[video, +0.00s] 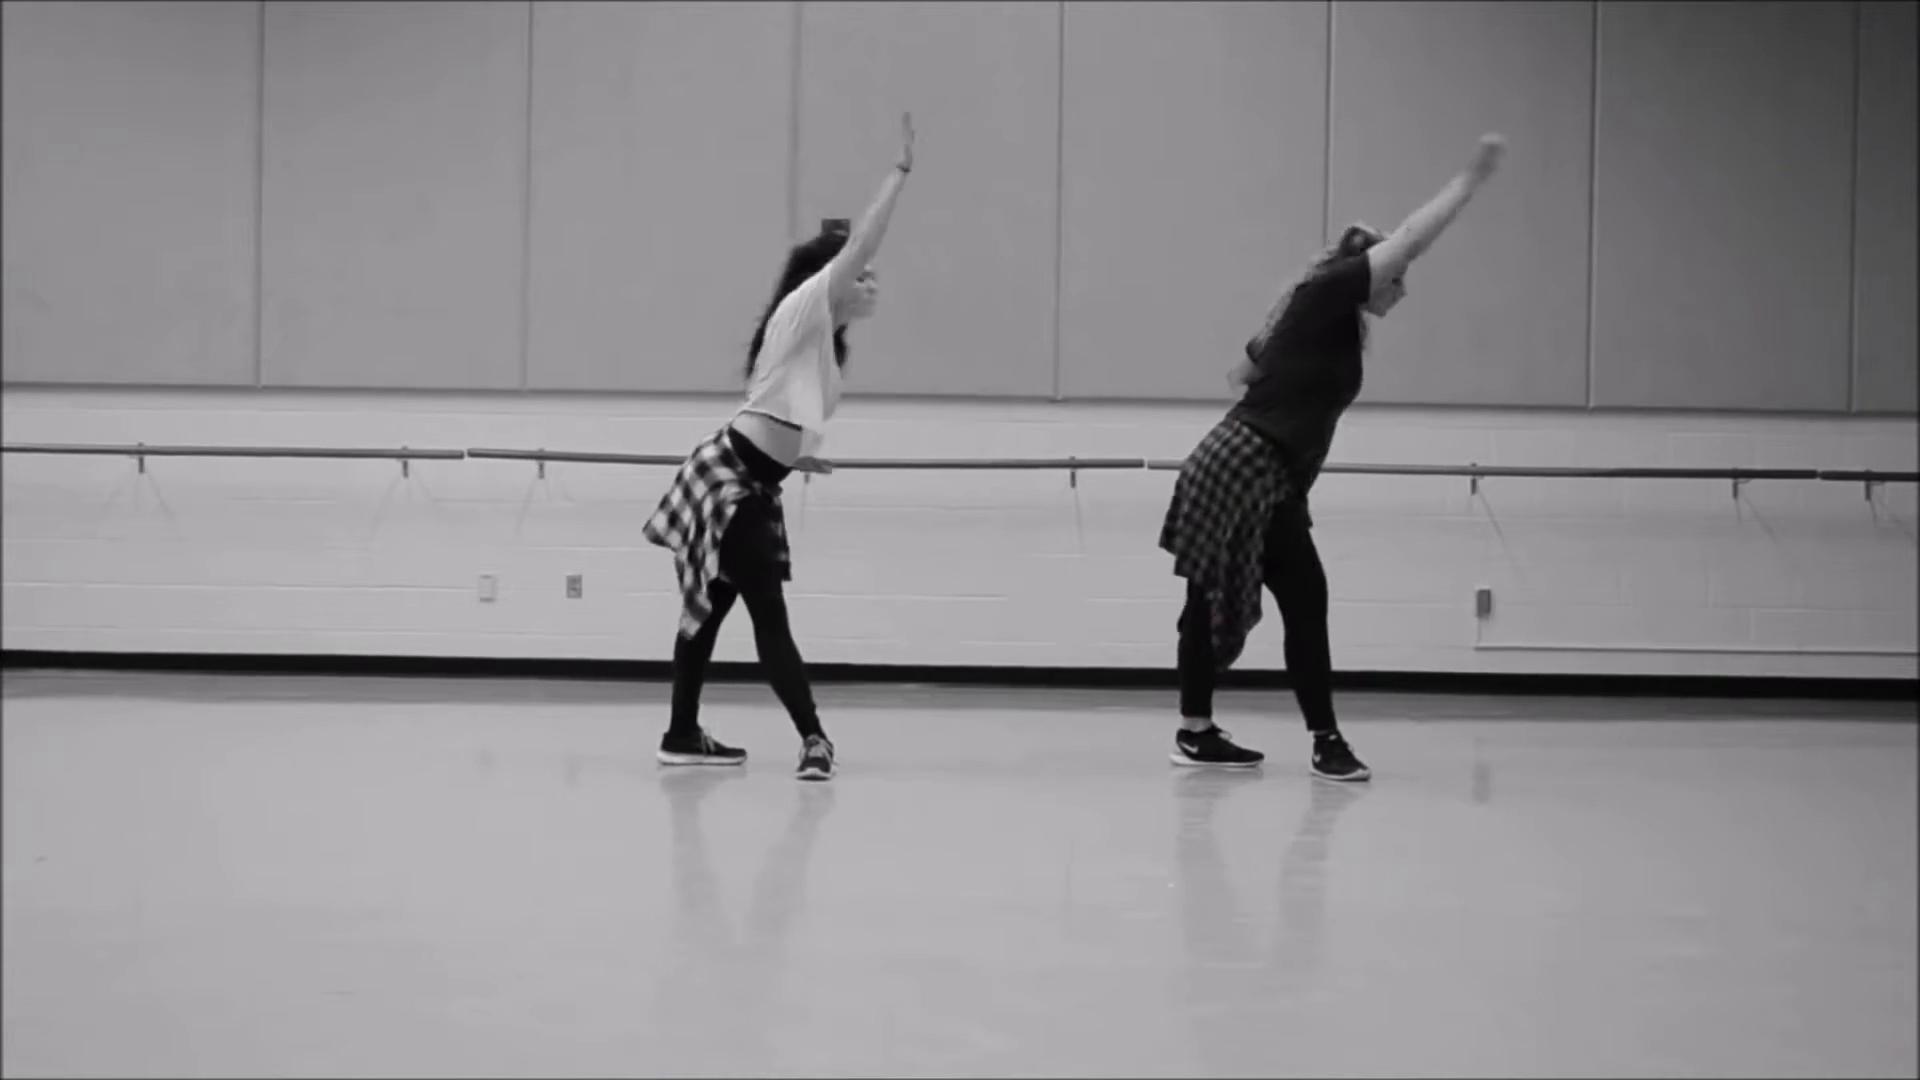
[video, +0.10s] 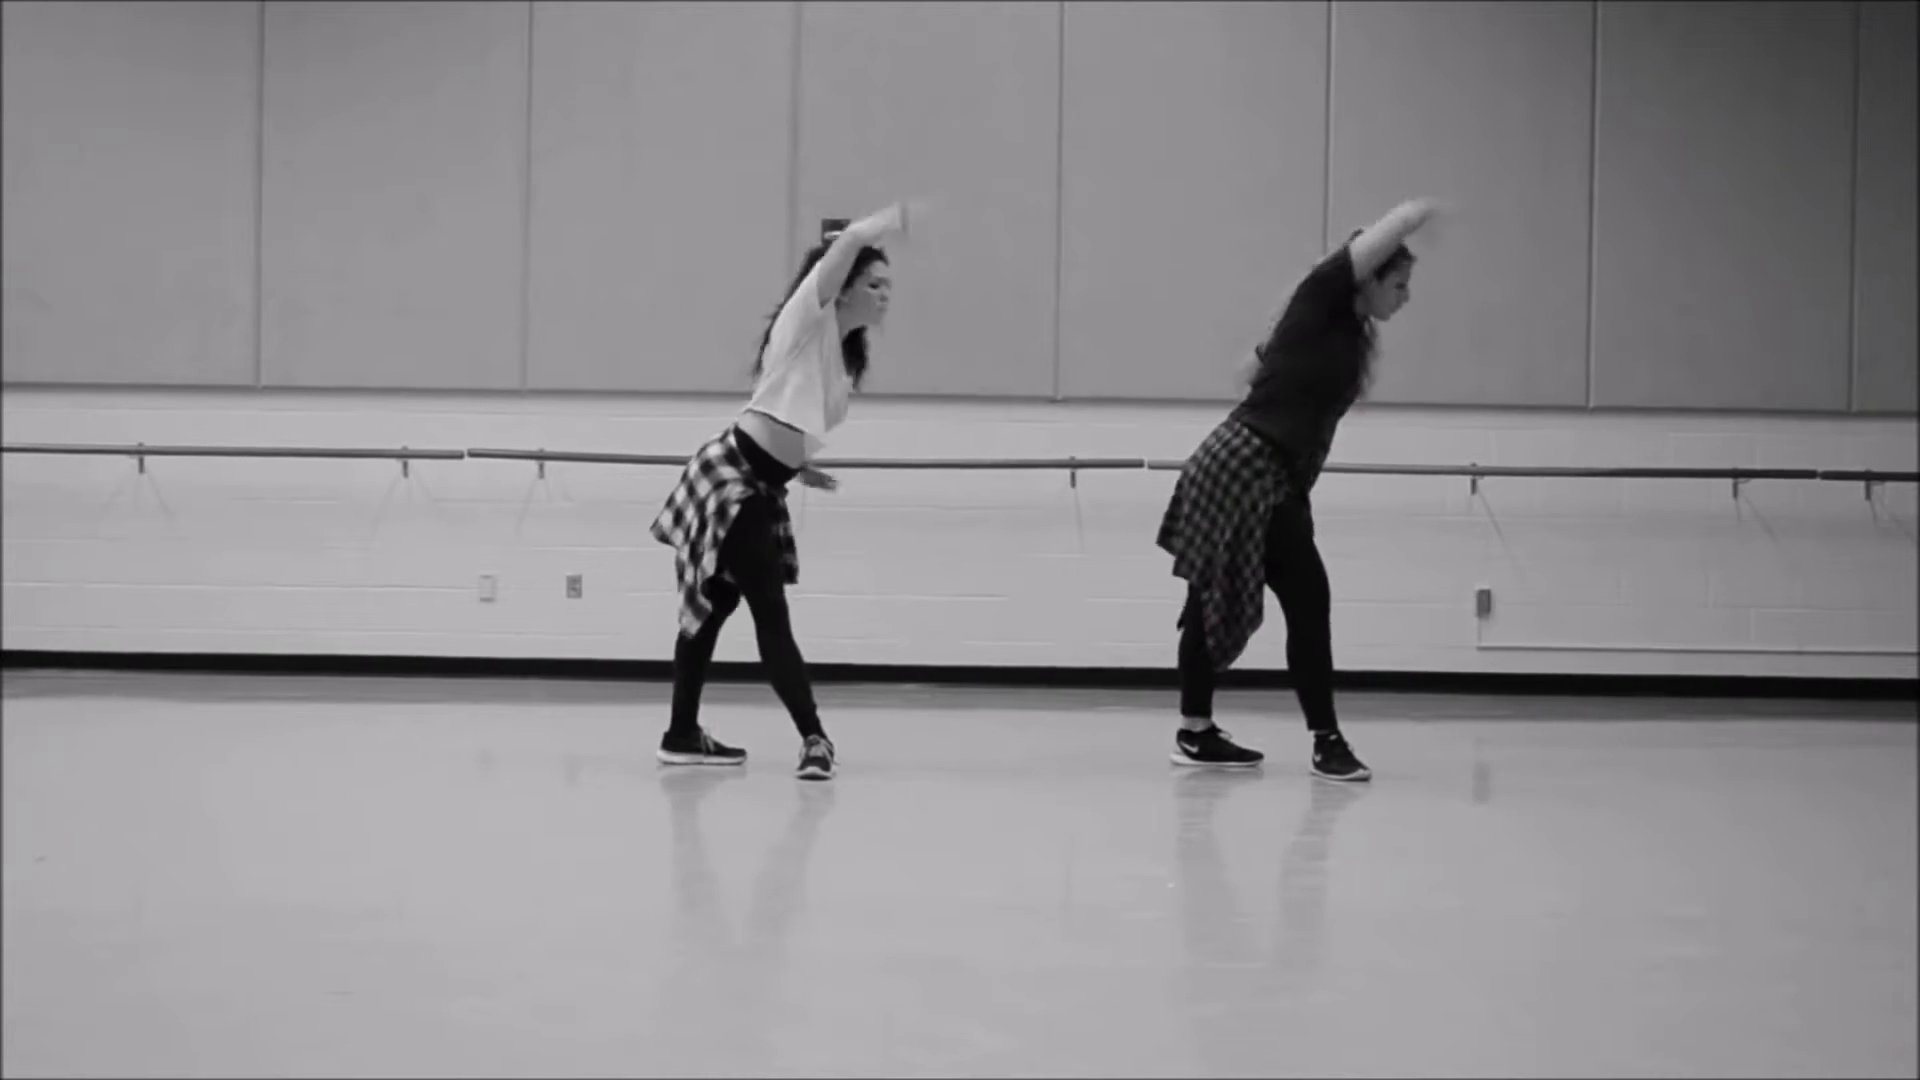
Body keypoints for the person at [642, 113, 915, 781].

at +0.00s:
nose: (871, 287)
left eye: (871, 276)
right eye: (861, 276)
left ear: (850, 284)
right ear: (832, 278)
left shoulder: (819, 341)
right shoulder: (799, 316)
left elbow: (772, 420)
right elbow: (858, 247)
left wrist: (805, 456)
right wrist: (900, 173)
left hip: (750, 479)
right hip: (737, 477)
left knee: (708, 605)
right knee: (768, 613)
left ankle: (682, 732)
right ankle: (813, 740)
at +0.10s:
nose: (886, 295)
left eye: (888, 287)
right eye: (876, 286)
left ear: (876, 297)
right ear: (842, 287)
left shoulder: (838, 356)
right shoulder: (803, 326)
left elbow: (785, 419)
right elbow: (845, 243)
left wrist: (805, 464)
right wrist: (890, 218)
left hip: (762, 485)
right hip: (735, 474)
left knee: (708, 606)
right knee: (771, 613)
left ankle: (681, 731)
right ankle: (814, 737)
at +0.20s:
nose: (891, 301)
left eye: (894, 293)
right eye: (880, 290)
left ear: (890, 302)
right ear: (849, 289)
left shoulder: (844, 366)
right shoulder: (808, 321)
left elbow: (850, 426)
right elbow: (859, 233)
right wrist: (894, 254)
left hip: (765, 488)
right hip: (735, 472)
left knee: (707, 605)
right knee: (772, 611)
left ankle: (682, 730)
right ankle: (814, 738)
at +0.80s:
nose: (870, 299)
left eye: (881, 291)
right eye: (860, 290)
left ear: (895, 299)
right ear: (845, 291)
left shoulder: (896, 366)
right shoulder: (821, 309)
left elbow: (886, 401)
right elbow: (826, 211)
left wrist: (894, 321)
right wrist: (891, 238)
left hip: (782, 488)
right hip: (745, 465)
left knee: (711, 605)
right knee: (771, 610)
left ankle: (676, 727)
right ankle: (792, 741)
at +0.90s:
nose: (864, 291)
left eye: (875, 281)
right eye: (855, 282)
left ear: (897, 287)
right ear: (843, 286)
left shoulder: (904, 360)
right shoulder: (821, 308)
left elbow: (914, 347)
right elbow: (798, 215)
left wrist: (899, 257)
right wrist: (861, 222)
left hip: (801, 490)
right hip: (763, 465)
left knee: (724, 596)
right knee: (776, 610)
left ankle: (643, 689)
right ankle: (791, 742)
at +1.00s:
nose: (860, 283)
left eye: (870, 271)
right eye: (850, 273)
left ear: (893, 276)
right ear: (840, 278)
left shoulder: (913, 347)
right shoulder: (821, 304)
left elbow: (908, 308)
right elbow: (776, 229)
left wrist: (902, 245)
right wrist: (838, 213)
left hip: (823, 491)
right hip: (777, 463)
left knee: (734, 592)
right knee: (786, 603)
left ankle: (619, 616)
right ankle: (793, 741)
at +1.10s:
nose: (858, 277)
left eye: (866, 267)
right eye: (849, 269)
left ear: (892, 270)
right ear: (840, 276)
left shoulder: (925, 335)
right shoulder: (819, 305)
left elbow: (887, 284)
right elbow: (752, 258)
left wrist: (873, 218)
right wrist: (814, 215)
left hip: (842, 491)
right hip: (794, 463)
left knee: (755, 594)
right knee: (798, 610)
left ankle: (655, 534)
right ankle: (795, 741)